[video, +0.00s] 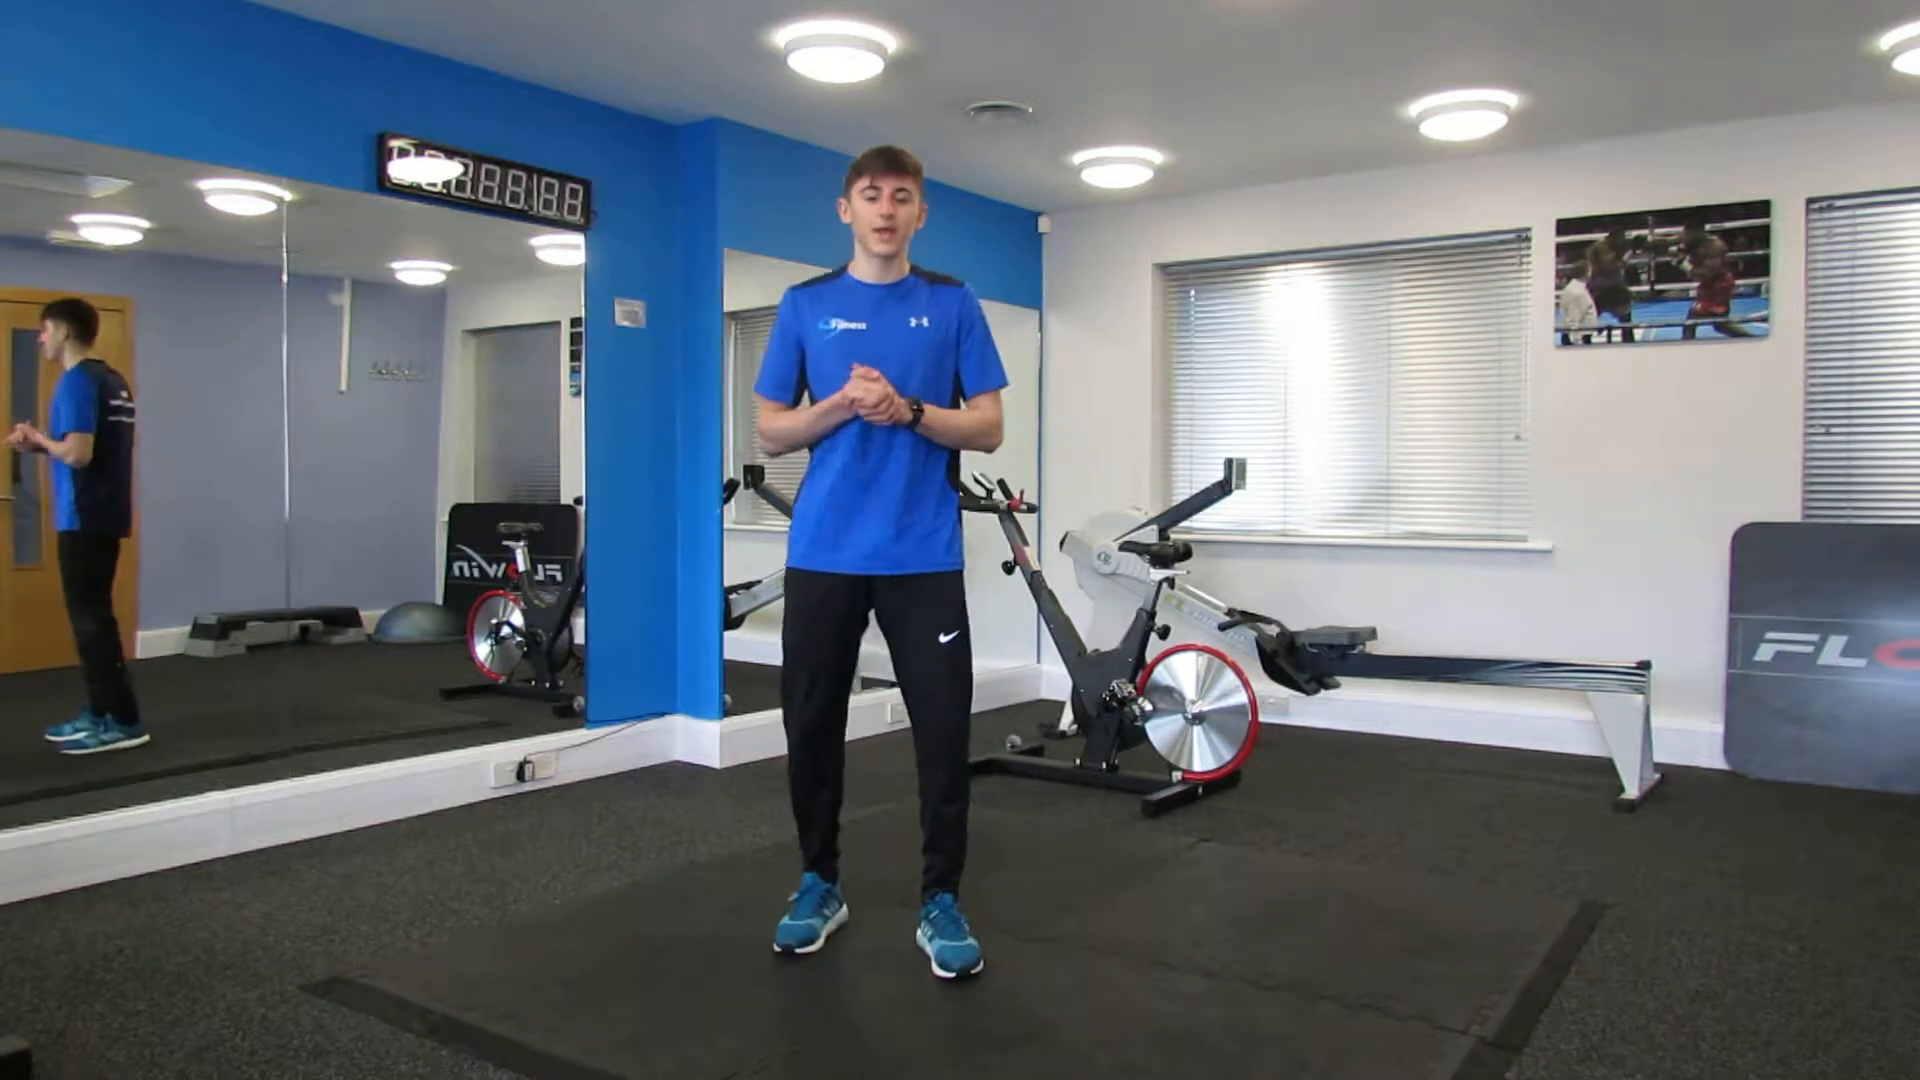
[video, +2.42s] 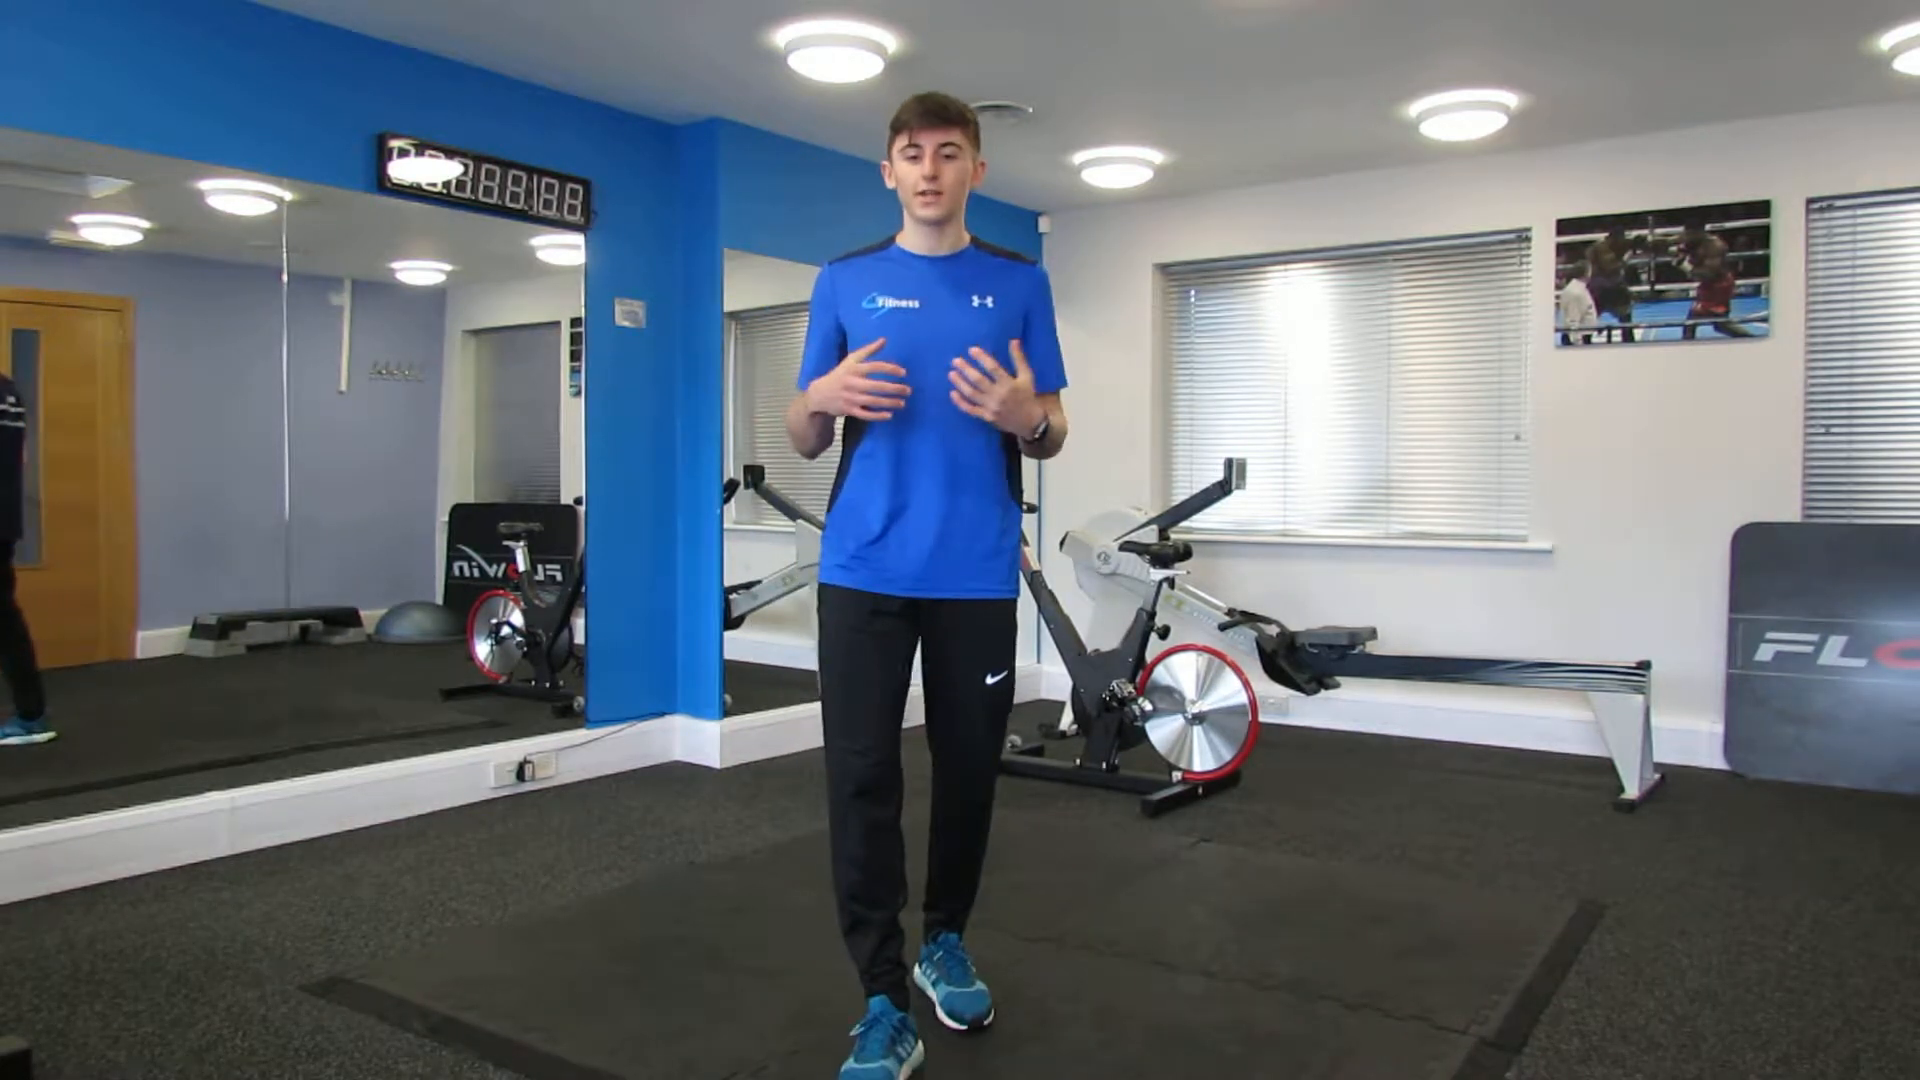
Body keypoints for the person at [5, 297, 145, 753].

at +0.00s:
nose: (40, 338)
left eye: (45, 329)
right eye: (41, 330)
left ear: (65, 333)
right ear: (85, 334)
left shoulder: (78, 379)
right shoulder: (111, 380)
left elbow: (79, 452)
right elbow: (91, 449)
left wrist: (40, 439)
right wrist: (41, 443)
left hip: (83, 523)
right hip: (103, 521)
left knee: (90, 616)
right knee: (93, 615)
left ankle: (121, 718)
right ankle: (101, 713)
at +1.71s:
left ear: (15, 335)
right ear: (41, 336)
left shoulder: (26, 379)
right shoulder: (72, 383)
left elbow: (23, 449)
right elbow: (64, 453)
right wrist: (18, 445)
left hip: (30, 525)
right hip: (63, 524)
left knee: (23, 617)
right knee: (39, 620)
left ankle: (99, 700)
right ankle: (35, 719)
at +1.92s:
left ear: (4, 337)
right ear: (31, 337)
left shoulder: (17, 378)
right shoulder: (58, 384)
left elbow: (12, 445)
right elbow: (54, 450)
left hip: (19, 519)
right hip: (52, 519)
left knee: (14, 610)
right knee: (33, 609)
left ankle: (39, 703)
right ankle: (43, 701)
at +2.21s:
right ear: (7, 335)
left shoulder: (7, 382)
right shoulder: (29, 384)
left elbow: (1, 448)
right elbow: (46, 457)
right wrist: (29, 499)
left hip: (10, 520)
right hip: (28, 519)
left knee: (20, 612)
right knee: (23, 611)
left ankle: (35, 716)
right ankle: (35, 715)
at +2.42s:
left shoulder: (10, 396)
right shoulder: (11, 396)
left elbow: (15, 463)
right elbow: (17, 462)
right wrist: (15, 527)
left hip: (3, 531)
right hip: (6, 529)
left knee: (6, 617)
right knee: (6, 616)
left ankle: (32, 714)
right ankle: (31, 714)